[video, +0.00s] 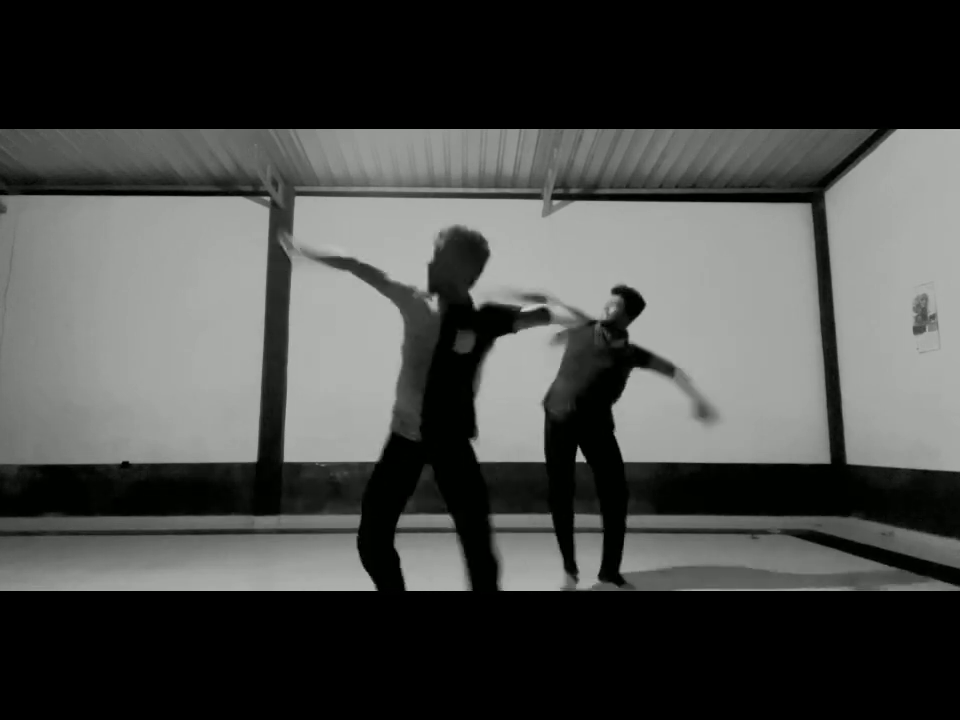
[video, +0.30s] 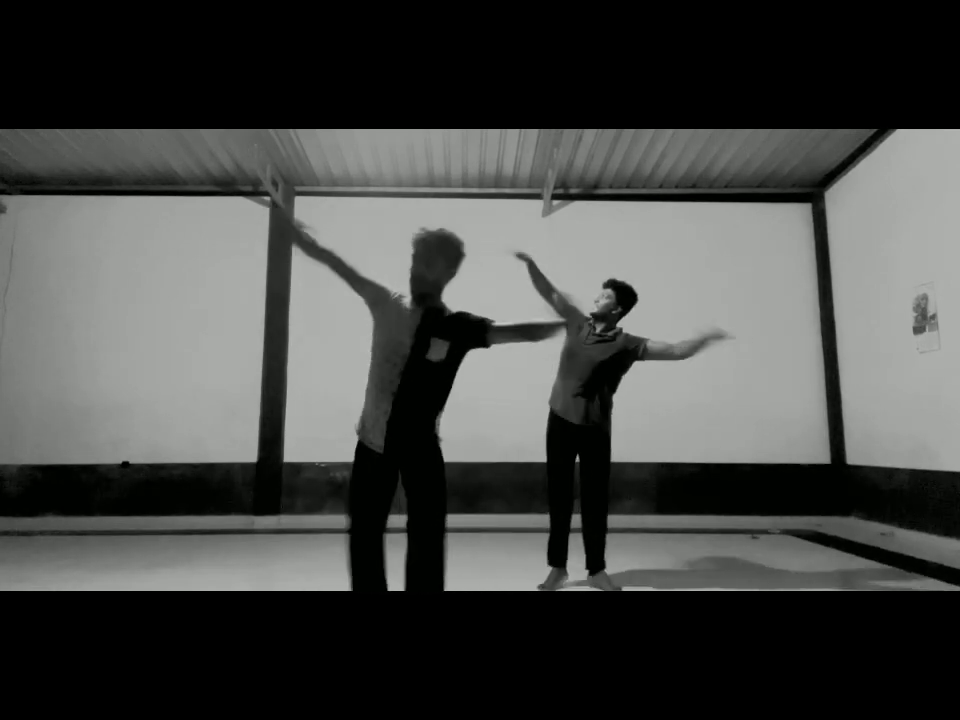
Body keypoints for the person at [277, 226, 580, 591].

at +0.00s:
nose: (430, 262)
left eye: (439, 255)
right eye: (434, 254)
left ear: (464, 268)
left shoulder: (490, 320)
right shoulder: (415, 303)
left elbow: (549, 314)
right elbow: (354, 267)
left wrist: (585, 318)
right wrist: (299, 250)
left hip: (453, 447)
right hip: (405, 443)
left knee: (478, 546)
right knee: (373, 542)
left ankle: (487, 593)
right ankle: (395, 593)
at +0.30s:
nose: (416, 270)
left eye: (428, 263)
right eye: (415, 260)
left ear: (450, 272)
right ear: (410, 261)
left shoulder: (458, 328)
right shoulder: (383, 306)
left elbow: (524, 333)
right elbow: (322, 255)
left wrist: (563, 324)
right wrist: (284, 214)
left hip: (420, 452)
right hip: (372, 448)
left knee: (426, 547)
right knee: (364, 544)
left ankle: (424, 599)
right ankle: (369, 596)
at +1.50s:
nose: (388, 338)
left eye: (391, 327)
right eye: (376, 334)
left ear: (403, 325)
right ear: (366, 341)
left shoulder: (441, 376)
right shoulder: (369, 390)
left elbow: (488, 404)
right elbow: (305, 434)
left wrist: (457, 425)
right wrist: (328, 416)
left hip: (445, 497)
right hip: (389, 495)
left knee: (502, 570)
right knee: (303, 557)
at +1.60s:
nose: (367, 348)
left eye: (367, 337)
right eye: (354, 345)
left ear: (376, 339)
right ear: (341, 357)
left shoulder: (422, 389)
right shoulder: (348, 407)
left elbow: (477, 418)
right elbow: (282, 443)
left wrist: (503, 456)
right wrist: (253, 479)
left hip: (435, 508)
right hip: (376, 508)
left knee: (500, 574)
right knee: (286, 561)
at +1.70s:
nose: (331, 344)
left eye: (331, 334)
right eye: (319, 343)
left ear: (344, 332)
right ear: (312, 357)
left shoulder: (400, 380)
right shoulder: (317, 405)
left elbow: (466, 396)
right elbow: (248, 426)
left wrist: (519, 411)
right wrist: (180, 446)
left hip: (417, 501)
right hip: (358, 504)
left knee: (483, 572)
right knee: (272, 567)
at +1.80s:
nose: (305, 325)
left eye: (304, 313)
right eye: (294, 322)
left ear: (317, 307)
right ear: (286, 330)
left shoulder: (369, 350)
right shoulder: (291, 374)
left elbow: (442, 336)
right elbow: (208, 364)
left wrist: (505, 329)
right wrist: (138, 357)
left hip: (401, 475)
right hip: (344, 482)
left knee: (467, 547)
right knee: (273, 566)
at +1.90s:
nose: (297, 286)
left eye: (294, 276)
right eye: (285, 286)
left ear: (304, 270)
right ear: (275, 299)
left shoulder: (361, 310)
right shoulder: (283, 336)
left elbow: (422, 276)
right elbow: (208, 304)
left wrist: (484, 257)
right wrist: (140, 274)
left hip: (395, 442)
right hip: (339, 456)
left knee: (471, 498)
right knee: (293, 557)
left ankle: (473, 589)